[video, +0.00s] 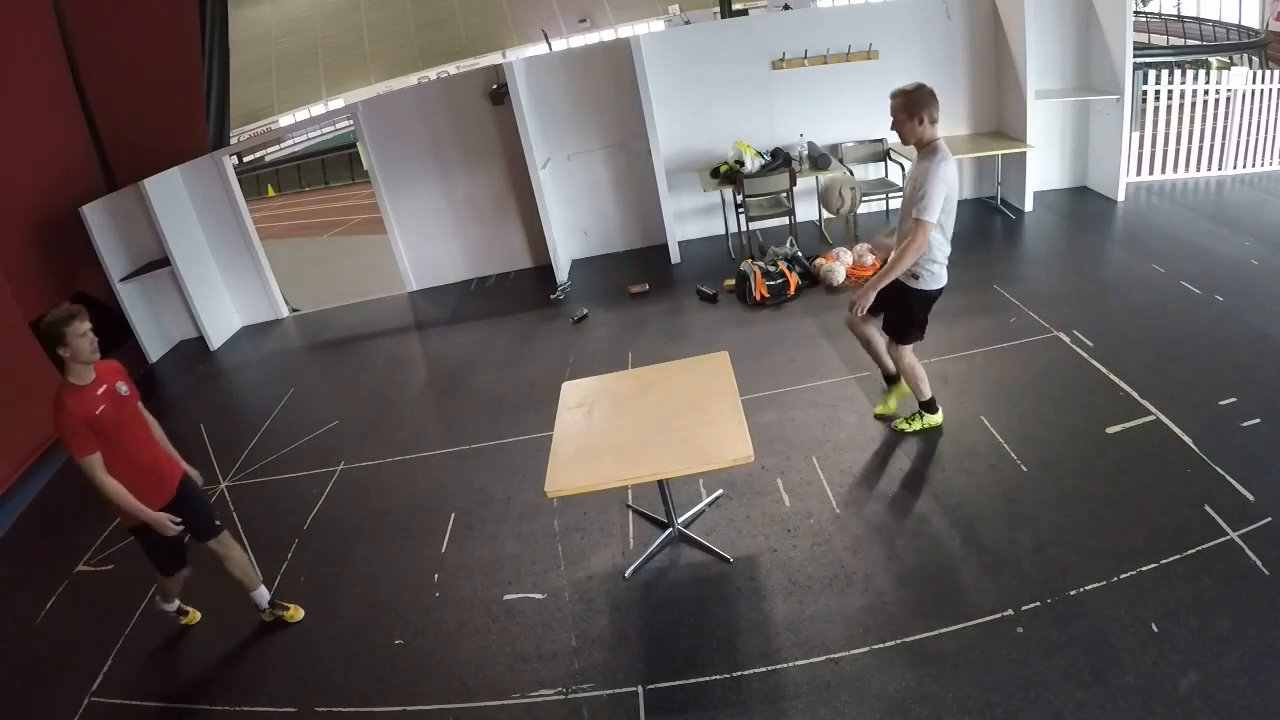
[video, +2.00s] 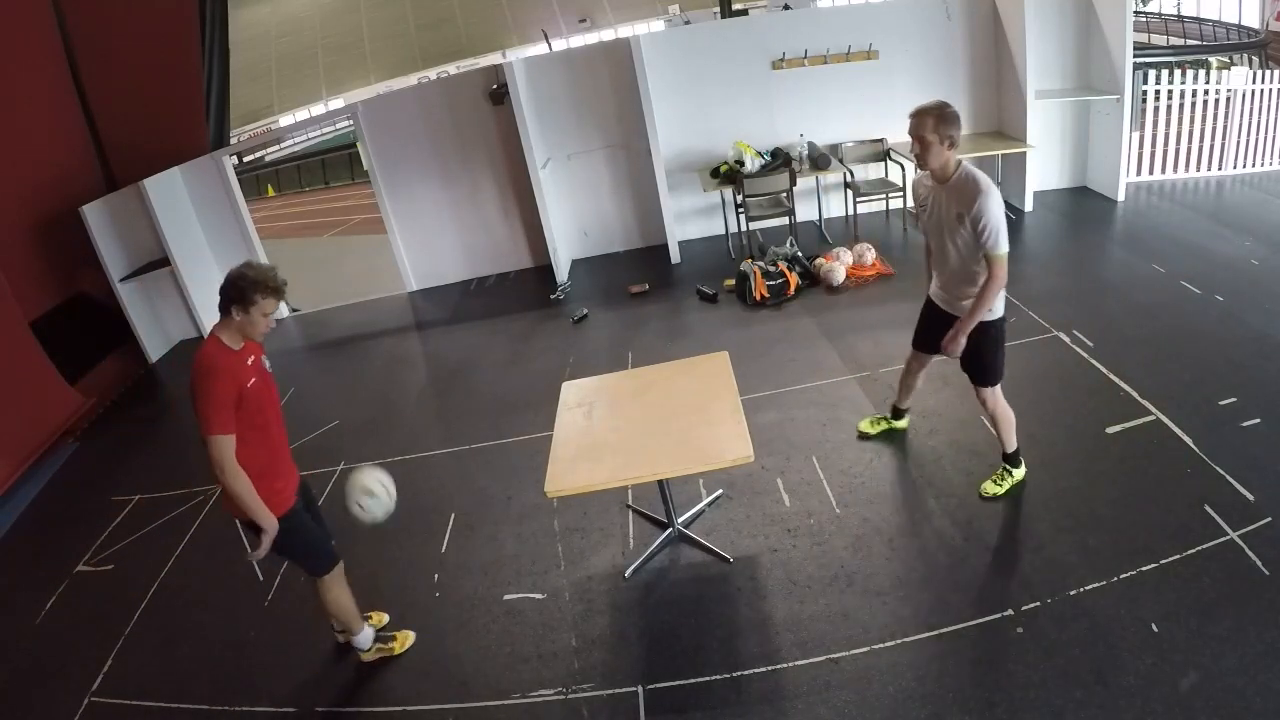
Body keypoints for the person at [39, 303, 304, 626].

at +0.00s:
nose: (94, 338)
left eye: (91, 331)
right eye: (84, 335)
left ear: (88, 335)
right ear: (63, 350)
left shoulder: (112, 370)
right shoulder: (70, 411)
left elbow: (147, 420)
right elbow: (99, 478)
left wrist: (182, 464)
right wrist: (149, 516)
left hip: (175, 480)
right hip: (145, 509)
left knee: (222, 539)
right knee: (175, 570)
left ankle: (267, 604)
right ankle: (168, 604)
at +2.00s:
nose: (271, 324)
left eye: (272, 315)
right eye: (266, 315)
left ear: (238, 311)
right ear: (236, 312)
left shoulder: (245, 345)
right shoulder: (215, 369)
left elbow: (257, 424)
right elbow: (224, 465)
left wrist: (284, 474)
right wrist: (267, 523)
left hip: (289, 483)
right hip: (272, 507)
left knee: (328, 557)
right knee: (329, 569)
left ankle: (347, 624)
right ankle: (364, 643)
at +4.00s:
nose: (296, 288)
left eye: (294, 279)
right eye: (287, 283)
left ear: (266, 291)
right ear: (258, 293)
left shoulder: (283, 323)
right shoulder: (259, 358)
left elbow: (312, 390)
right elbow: (286, 450)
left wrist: (346, 428)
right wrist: (338, 505)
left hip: (337, 454)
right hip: (317, 480)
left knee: (368, 503)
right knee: (360, 557)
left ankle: (392, 559)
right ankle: (392, 629)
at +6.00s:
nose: (455, 190)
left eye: (457, 182)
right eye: (447, 186)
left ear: (460, 179)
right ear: (430, 188)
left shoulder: (473, 209)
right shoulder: (422, 236)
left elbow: (499, 255)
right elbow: (424, 300)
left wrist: (530, 294)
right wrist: (442, 351)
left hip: (496, 318)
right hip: (467, 336)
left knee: (516, 375)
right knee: (494, 400)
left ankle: (528, 435)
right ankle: (489, 463)